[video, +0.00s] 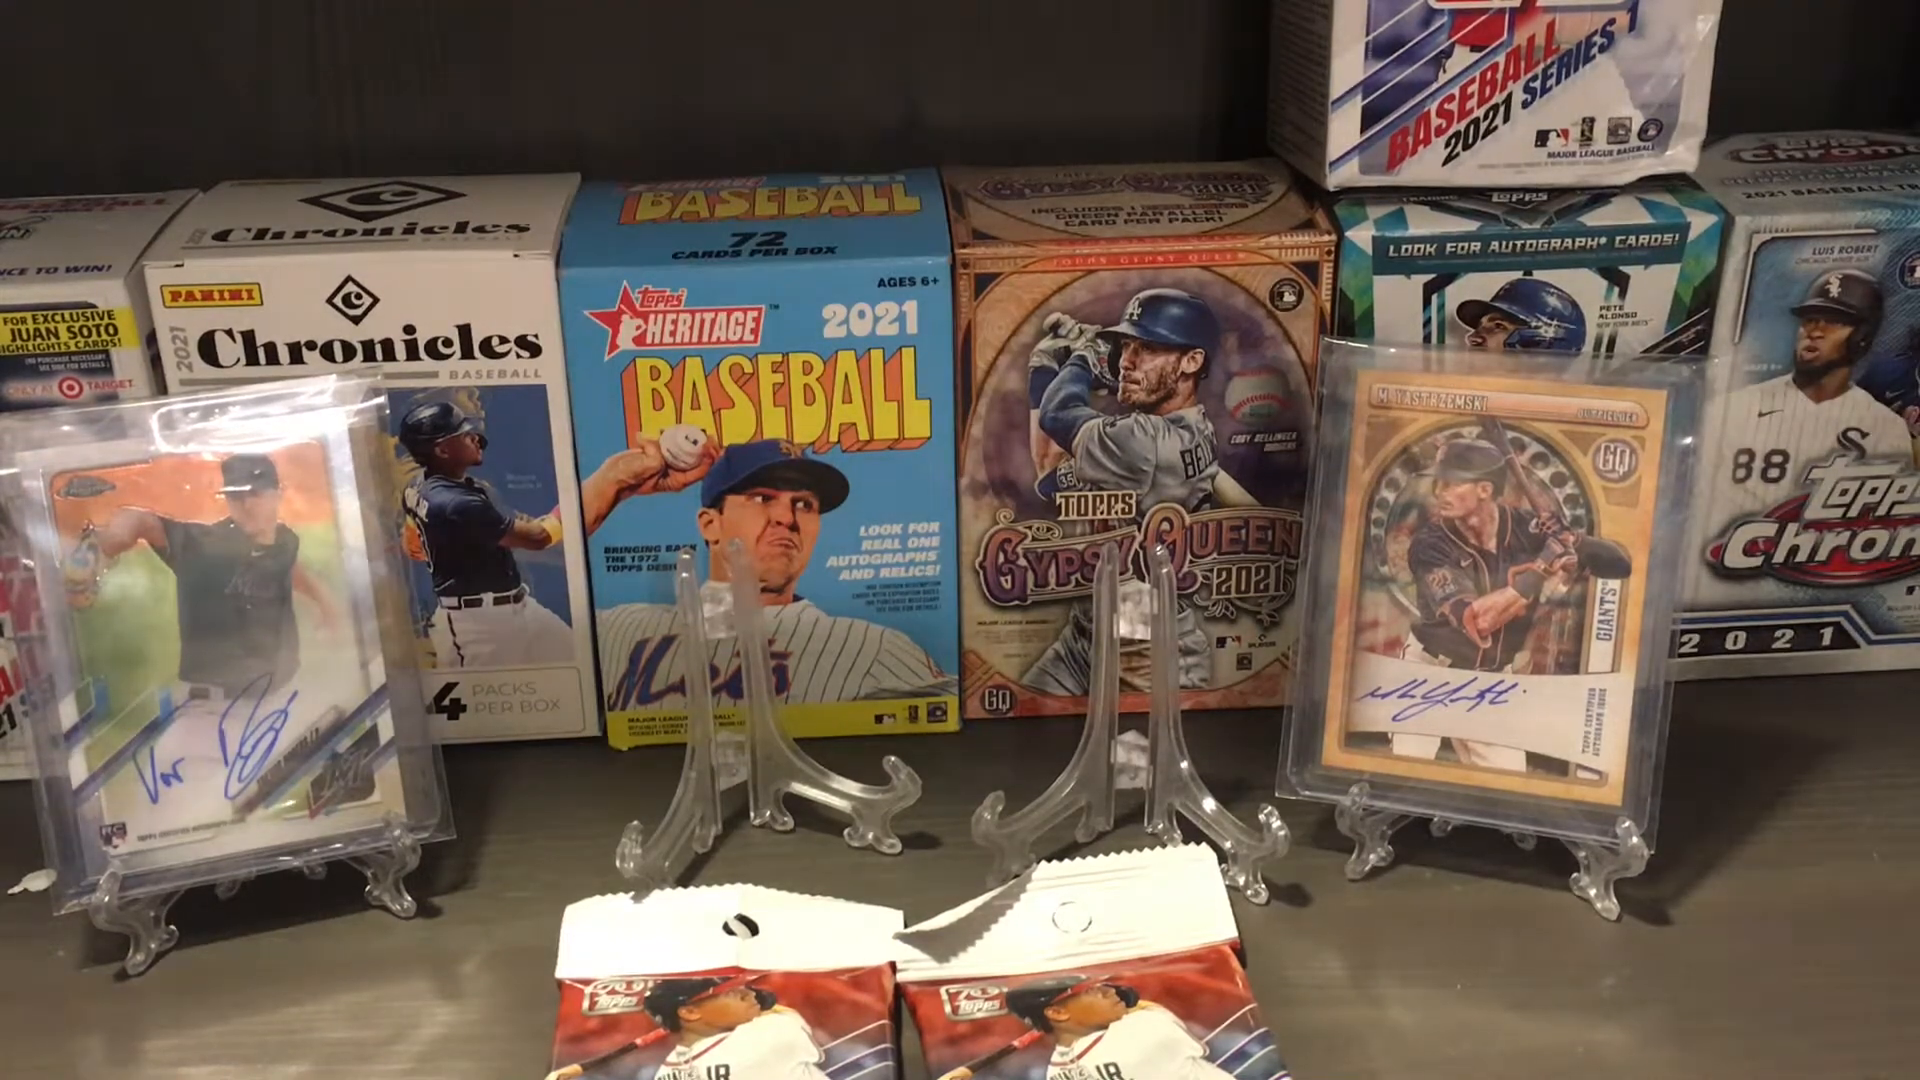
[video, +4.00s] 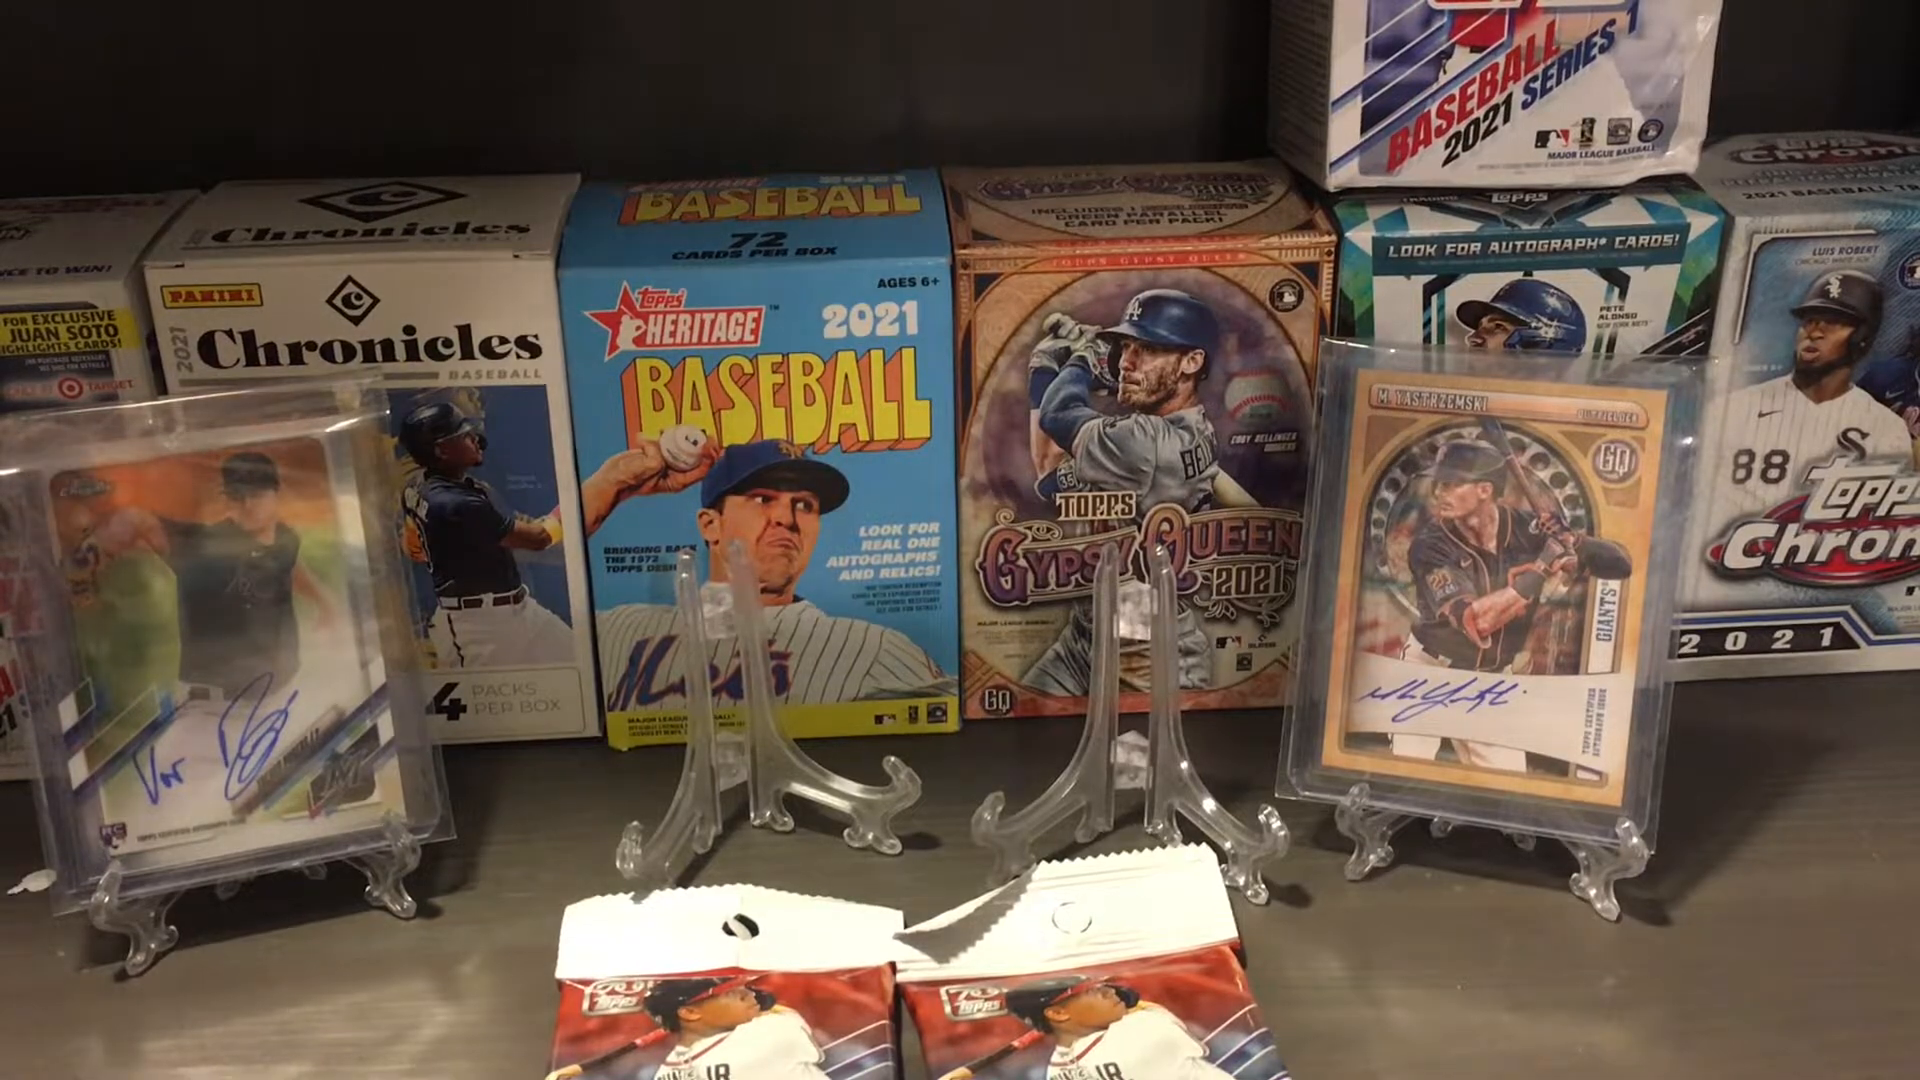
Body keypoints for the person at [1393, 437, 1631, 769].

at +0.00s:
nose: (1439, 492)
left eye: (1451, 484)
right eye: (1439, 483)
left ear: (1484, 491)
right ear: (1436, 485)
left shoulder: (1527, 529)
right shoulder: (1430, 540)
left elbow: (1621, 563)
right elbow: (1473, 622)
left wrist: (1574, 547)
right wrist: (1536, 576)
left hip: (1495, 677)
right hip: (1429, 669)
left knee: (1509, 787)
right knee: (1411, 772)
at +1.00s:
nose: (1439, 492)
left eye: (1451, 484)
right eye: (1439, 483)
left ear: (1484, 491)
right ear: (1435, 486)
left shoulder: (1527, 528)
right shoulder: (1430, 541)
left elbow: (1622, 564)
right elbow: (1470, 620)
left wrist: (1575, 549)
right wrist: (1537, 574)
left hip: (1494, 677)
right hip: (1429, 669)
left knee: (1509, 788)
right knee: (1412, 772)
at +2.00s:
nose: (1440, 492)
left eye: (1452, 484)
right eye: (1439, 484)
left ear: (1484, 491)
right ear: (1435, 487)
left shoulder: (1528, 529)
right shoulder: (1430, 541)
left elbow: (1622, 564)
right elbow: (1471, 621)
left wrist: (1575, 549)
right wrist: (1538, 572)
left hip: (1494, 677)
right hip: (1428, 670)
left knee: (1509, 789)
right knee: (1412, 773)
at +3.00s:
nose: (1439, 493)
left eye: (1451, 485)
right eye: (1439, 484)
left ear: (1484, 491)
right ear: (1435, 486)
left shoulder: (1527, 528)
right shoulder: (1430, 541)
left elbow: (1622, 563)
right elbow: (1474, 623)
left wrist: (1577, 551)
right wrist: (1538, 571)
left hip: (1495, 676)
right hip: (1429, 669)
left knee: (1508, 792)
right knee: (1410, 774)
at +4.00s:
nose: (1439, 493)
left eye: (1451, 485)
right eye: (1439, 485)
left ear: (1484, 491)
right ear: (1435, 487)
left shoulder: (1526, 529)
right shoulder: (1430, 541)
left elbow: (1622, 564)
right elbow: (1473, 623)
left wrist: (1575, 546)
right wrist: (1539, 571)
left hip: (1494, 677)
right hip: (1429, 669)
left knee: (1509, 790)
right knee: (1411, 774)